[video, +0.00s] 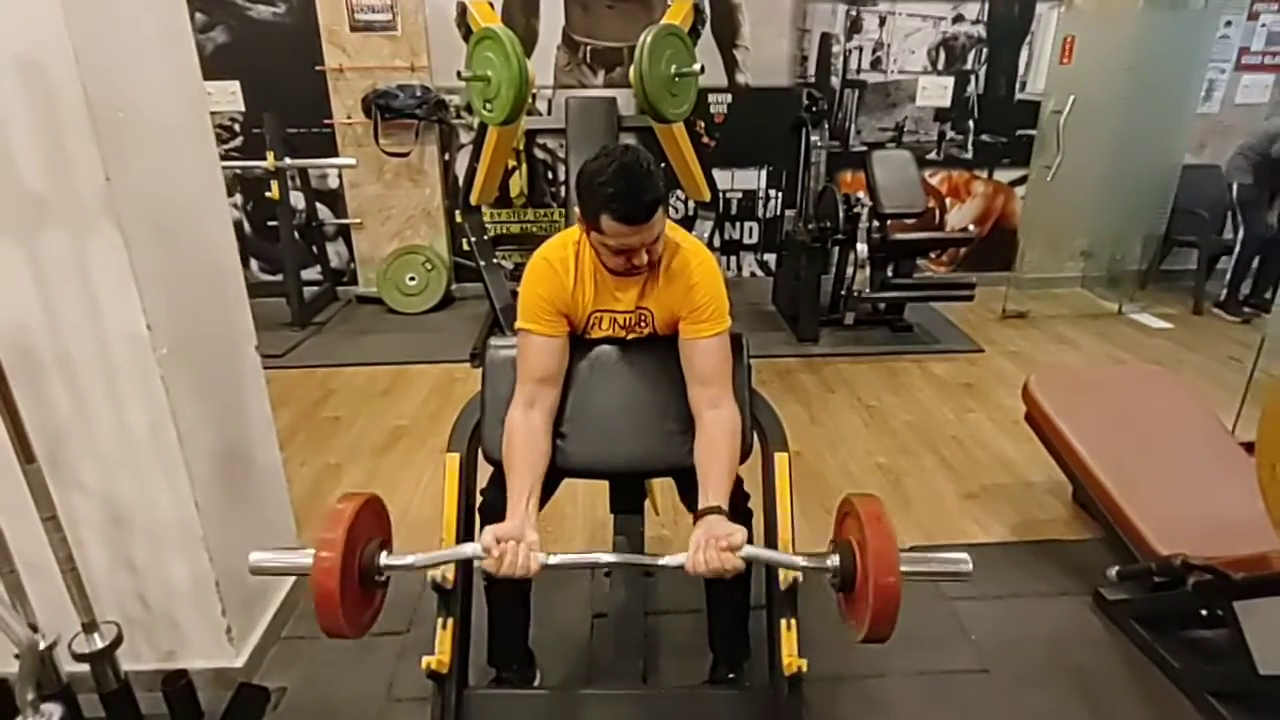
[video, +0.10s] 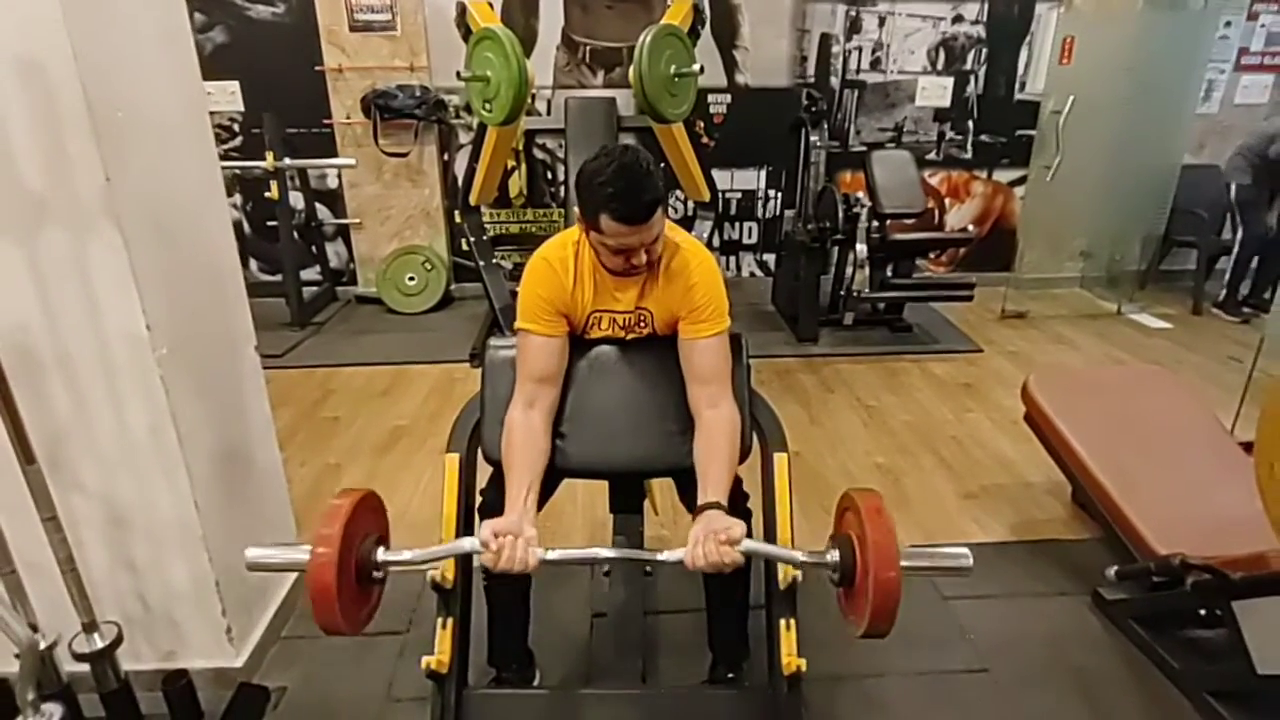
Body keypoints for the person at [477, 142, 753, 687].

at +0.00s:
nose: (641, 260)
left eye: (651, 243)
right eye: (621, 249)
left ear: (663, 215)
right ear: (587, 227)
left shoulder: (693, 269)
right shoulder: (550, 269)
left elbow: (714, 400)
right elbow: (534, 399)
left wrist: (713, 512)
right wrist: (518, 516)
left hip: (669, 405)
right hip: (573, 403)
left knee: (731, 514)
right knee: (496, 512)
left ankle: (729, 671)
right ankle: (511, 672)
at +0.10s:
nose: (640, 260)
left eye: (650, 243)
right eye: (620, 249)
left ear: (663, 215)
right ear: (587, 226)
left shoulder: (693, 269)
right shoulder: (550, 269)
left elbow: (713, 399)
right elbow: (533, 397)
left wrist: (712, 507)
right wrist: (517, 512)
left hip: (669, 406)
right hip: (572, 405)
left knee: (730, 515)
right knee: (496, 512)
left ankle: (728, 670)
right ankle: (511, 672)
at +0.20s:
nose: (638, 261)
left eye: (650, 245)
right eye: (620, 250)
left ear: (664, 215)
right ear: (587, 226)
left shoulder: (694, 270)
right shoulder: (551, 270)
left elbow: (714, 396)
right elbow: (534, 396)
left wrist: (713, 489)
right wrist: (514, 497)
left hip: (670, 407)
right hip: (573, 406)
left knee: (726, 509)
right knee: (503, 513)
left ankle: (731, 669)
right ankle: (513, 673)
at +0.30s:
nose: (637, 263)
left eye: (649, 246)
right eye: (619, 251)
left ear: (663, 217)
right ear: (587, 227)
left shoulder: (694, 270)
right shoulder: (551, 271)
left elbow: (713, 394)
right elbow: (533, 397)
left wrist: (712, 486)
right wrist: (514, 495)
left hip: (669, 409)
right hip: (572, 408)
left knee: (727, 510)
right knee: (503, 513)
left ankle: (730, 671)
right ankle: (512, 674)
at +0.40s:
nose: (630, 267)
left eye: (643, 251)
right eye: (612, 254)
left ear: (662, 223)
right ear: (584, 229)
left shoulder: (693, 273)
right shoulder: (550, 274)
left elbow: (710, 385)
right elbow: (533, 395)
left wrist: (713, 465)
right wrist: (511, 473)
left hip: (667, 415)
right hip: (572, 414)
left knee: (722, 489)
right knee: (501, 492)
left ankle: (728, 668)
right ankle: (512, 670)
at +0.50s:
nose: (629, 268)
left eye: (643, 252)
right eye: (612, 255)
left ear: (662, 223)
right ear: (585, 229)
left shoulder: (696, 274)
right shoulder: (551, 274)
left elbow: (711, 383)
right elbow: (535, 394)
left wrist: (716, 460)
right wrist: (513, 468)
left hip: (670, 424)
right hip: (573, 426)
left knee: (724, 489)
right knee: (502, 489)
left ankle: (730, 669)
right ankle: (513, 670)